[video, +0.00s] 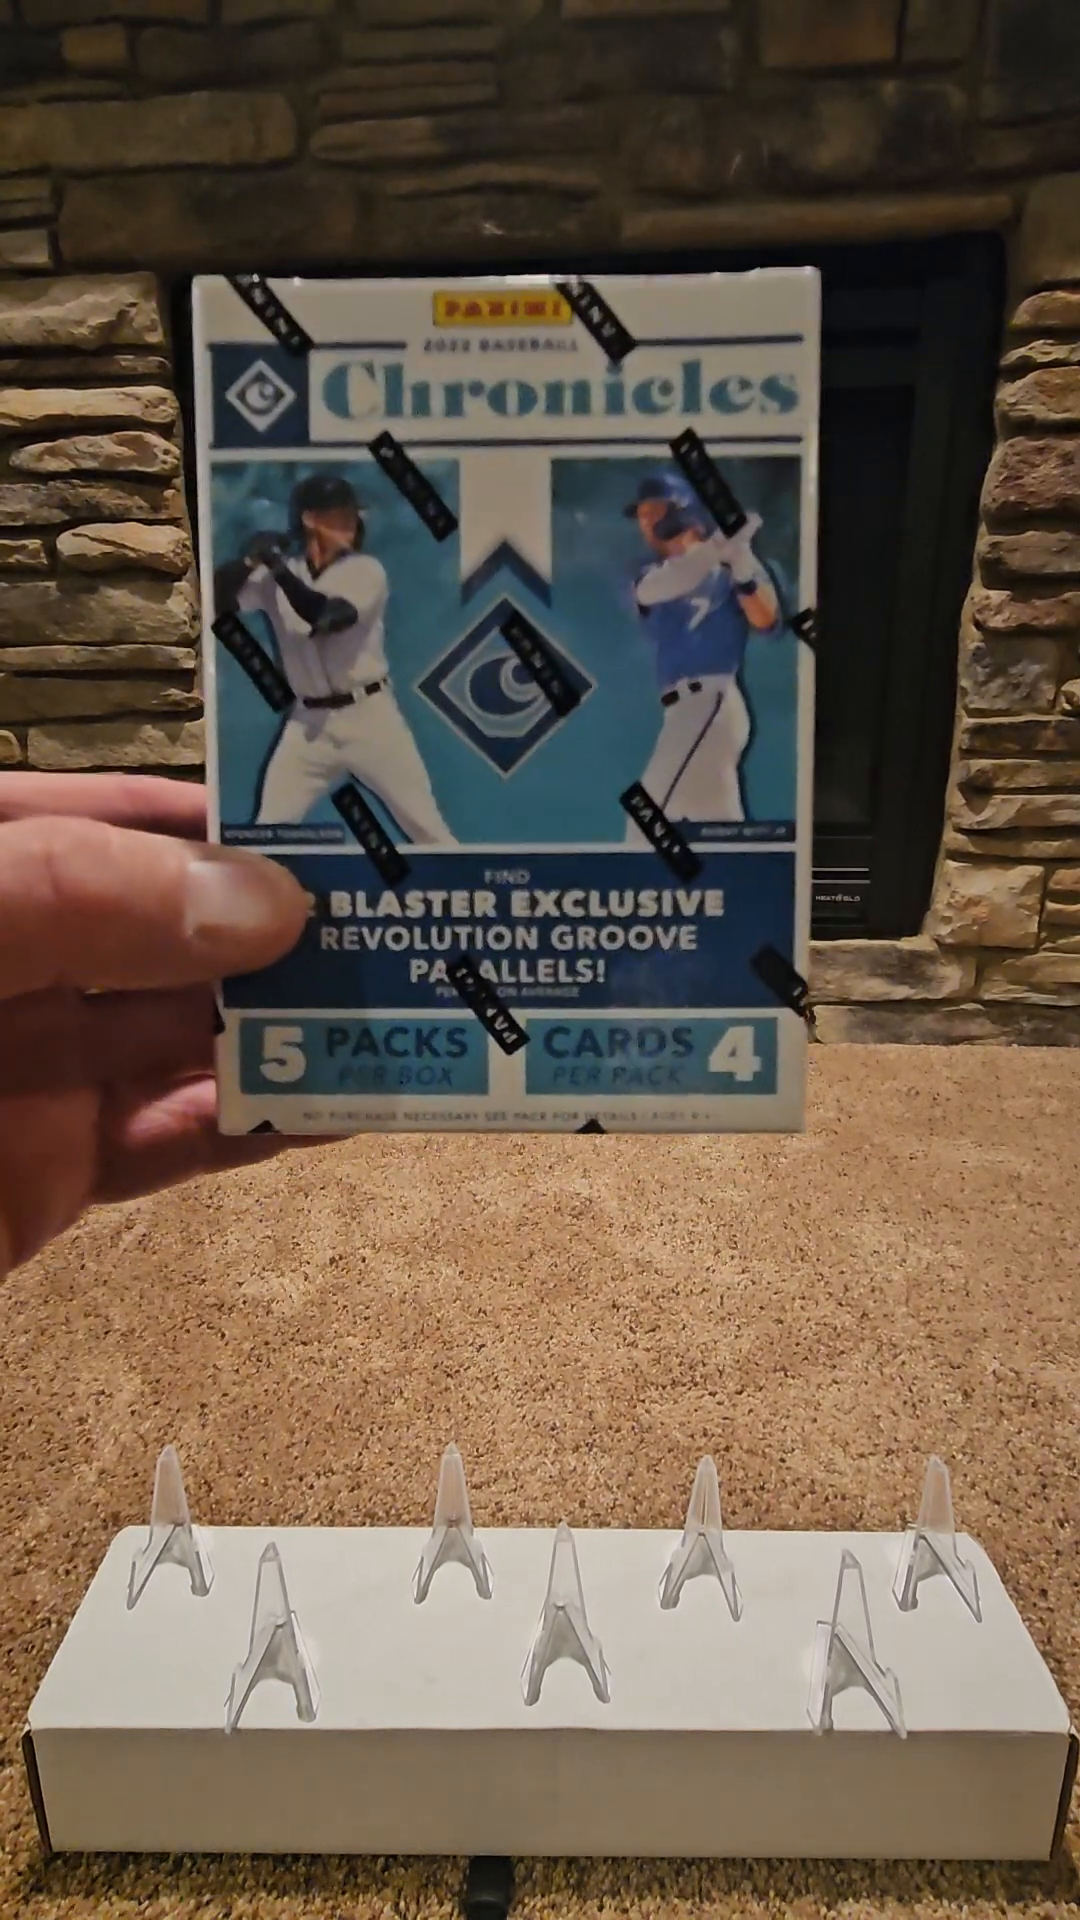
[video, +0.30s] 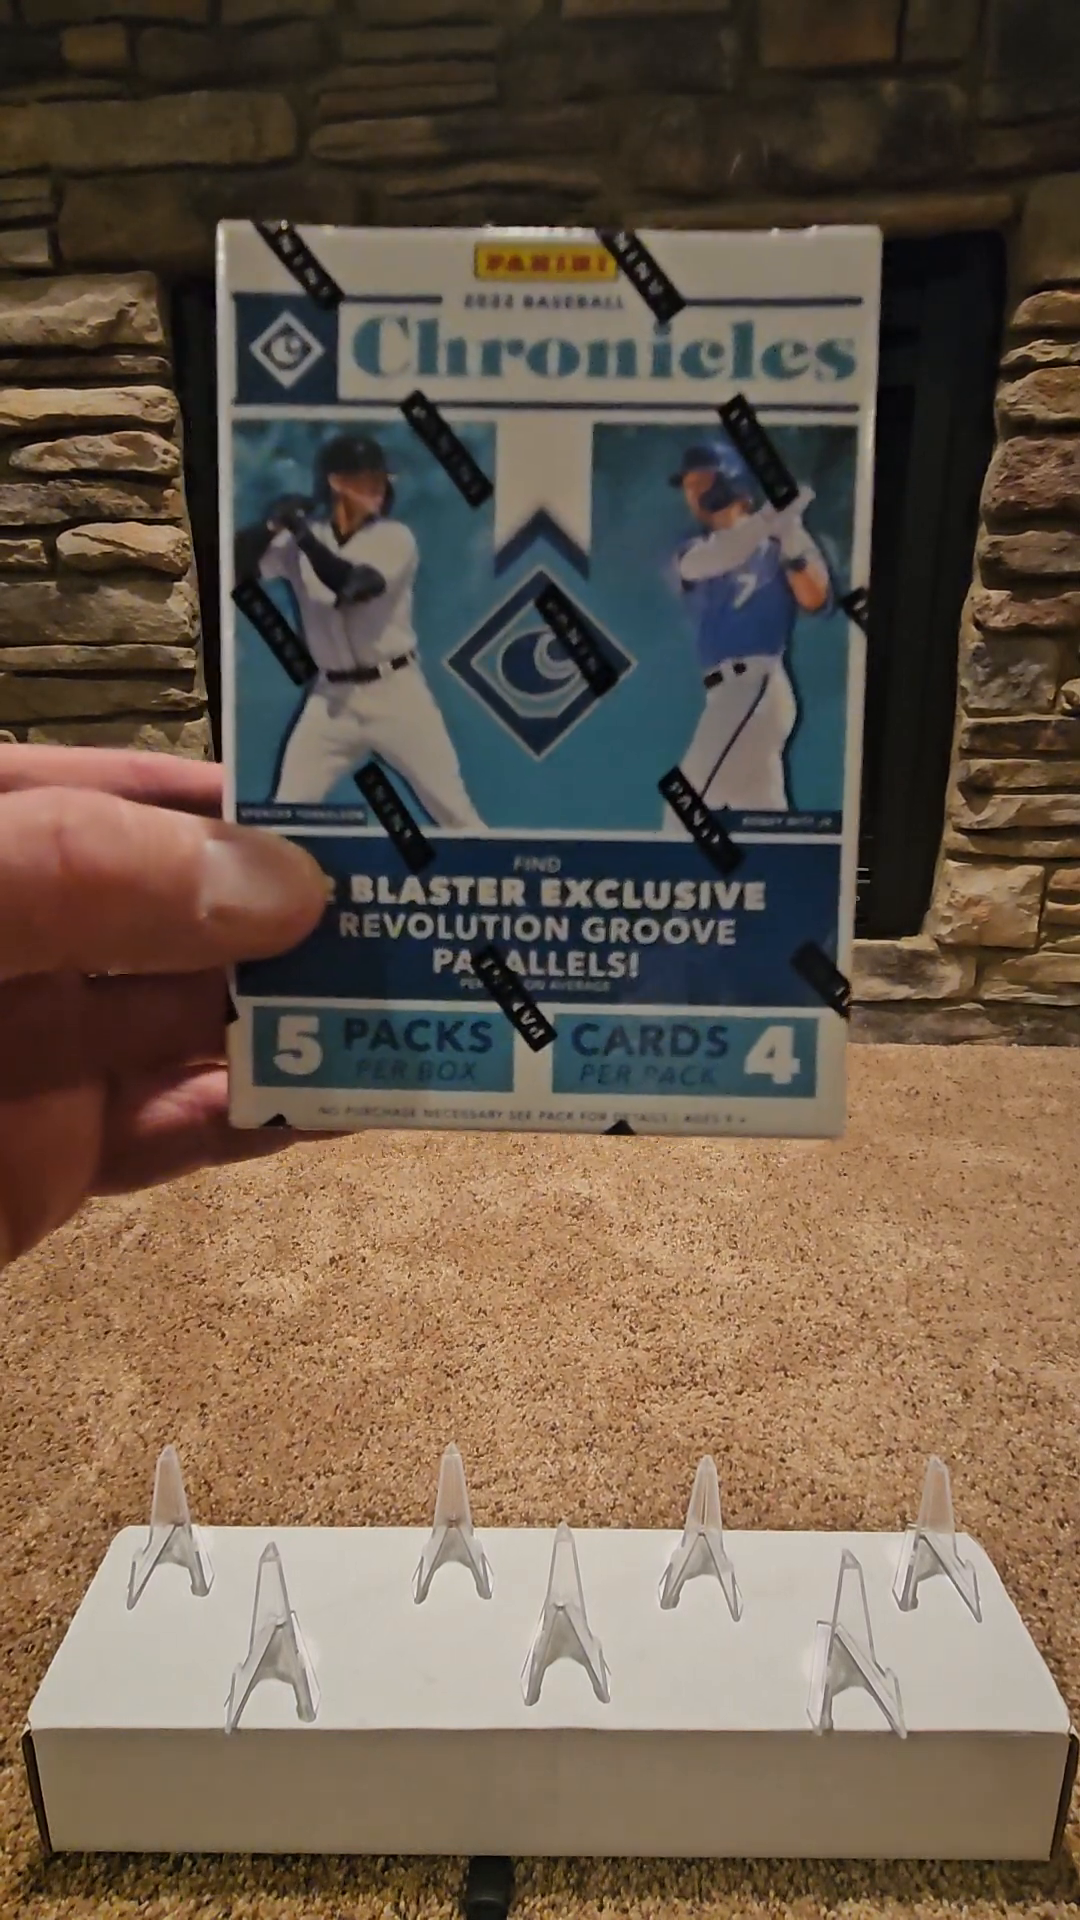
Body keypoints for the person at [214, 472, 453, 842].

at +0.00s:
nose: (349, 519)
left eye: (352, 511)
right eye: (337, 511)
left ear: (358, 519)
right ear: (309, 519)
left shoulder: (365, 571)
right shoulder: (273, 579)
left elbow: (325, 618)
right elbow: (213, 600)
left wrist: (277, 567)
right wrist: (248, 563)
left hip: (371, 719)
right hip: (308, 724)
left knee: (427, 829)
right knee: (269, 835)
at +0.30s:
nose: (379, 484)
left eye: (381, 475)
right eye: (367, 475)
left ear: (386, 483)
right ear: (337, 482)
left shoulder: (394, 538)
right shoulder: (298, 543)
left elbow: (352, 587)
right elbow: (235, 567)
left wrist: (301, 534)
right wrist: (271, 526)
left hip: (398, 694)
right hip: (331, 700)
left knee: (455, 812)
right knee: (287, 817)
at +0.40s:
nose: (384, 466)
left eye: (386, 458)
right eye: (371, 458)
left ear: (392, 464)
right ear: (342, 465)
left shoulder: (400, 520)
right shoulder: (304, 525)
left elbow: (356, 570)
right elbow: (241, 552)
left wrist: (305, 515)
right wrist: (275, 507)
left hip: (405, 679)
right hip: (337, 684)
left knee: (462, 797)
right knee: (294, 801)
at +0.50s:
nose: (384, 483)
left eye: (387, 475)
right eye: (371, 474)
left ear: (393, 482)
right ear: (343, 483)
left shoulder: (401, 536)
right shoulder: (306, 543)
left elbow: (359, 588)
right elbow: (244, 569)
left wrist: (306, 532)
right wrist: (277, 525)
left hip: (407, 692)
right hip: (340, 699)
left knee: (462, 806)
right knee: (299, 815)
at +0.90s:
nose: (381, 613)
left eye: (382, 605)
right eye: (369, 605)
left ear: (386, 611)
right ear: (341, 612)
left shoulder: (394, 661)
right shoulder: (305, 668)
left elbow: (350, 708)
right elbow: (245, 693)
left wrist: (306, 655)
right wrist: (278, 651)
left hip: (397, 807)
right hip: (334, 812)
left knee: (450, 914)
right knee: (295, 919)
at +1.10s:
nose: (383, 640)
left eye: (385, 632)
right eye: (372, 633)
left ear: (391, 637)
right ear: (344, 640)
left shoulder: (400, 688)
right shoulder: (309, 697)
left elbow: (359, 733)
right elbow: (251, 718)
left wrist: (312, 685)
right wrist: (284, 679)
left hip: (404, 831)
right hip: (342, 837)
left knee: (458, 937)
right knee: (303, 943)